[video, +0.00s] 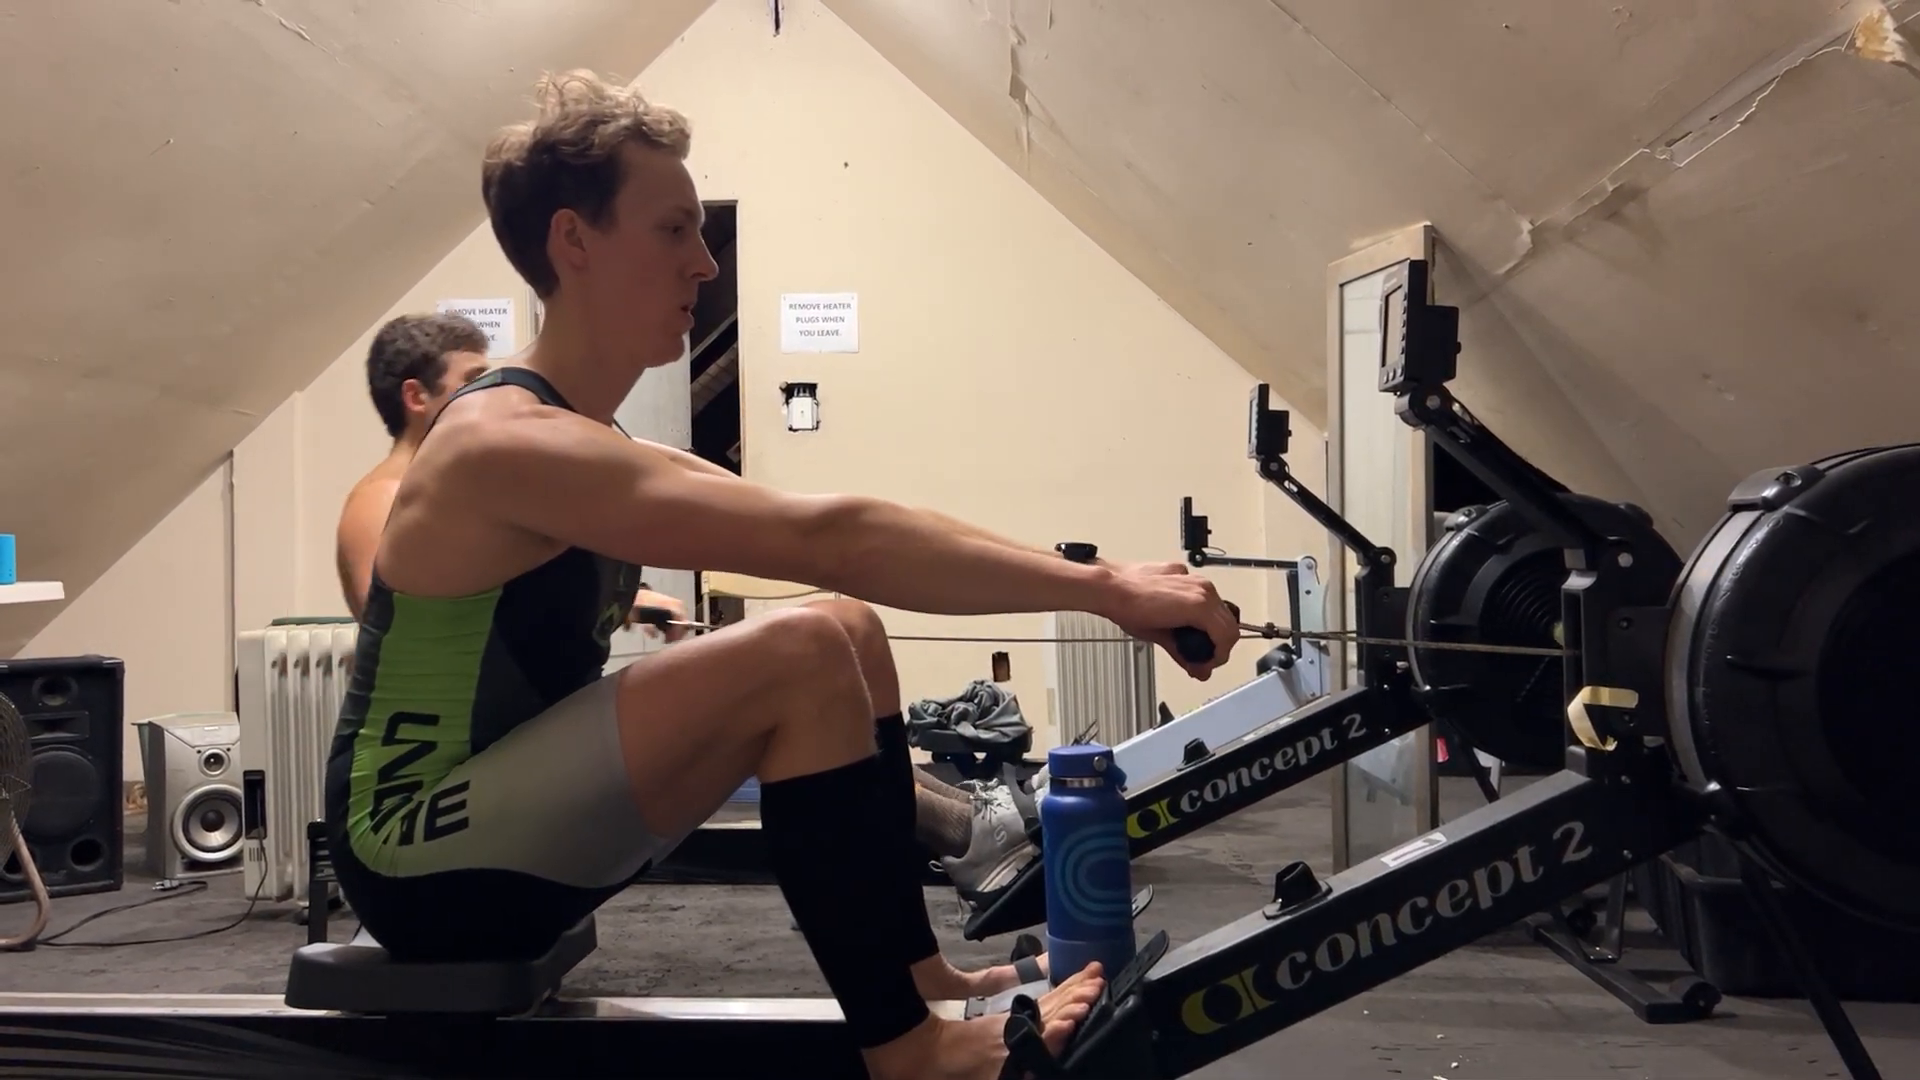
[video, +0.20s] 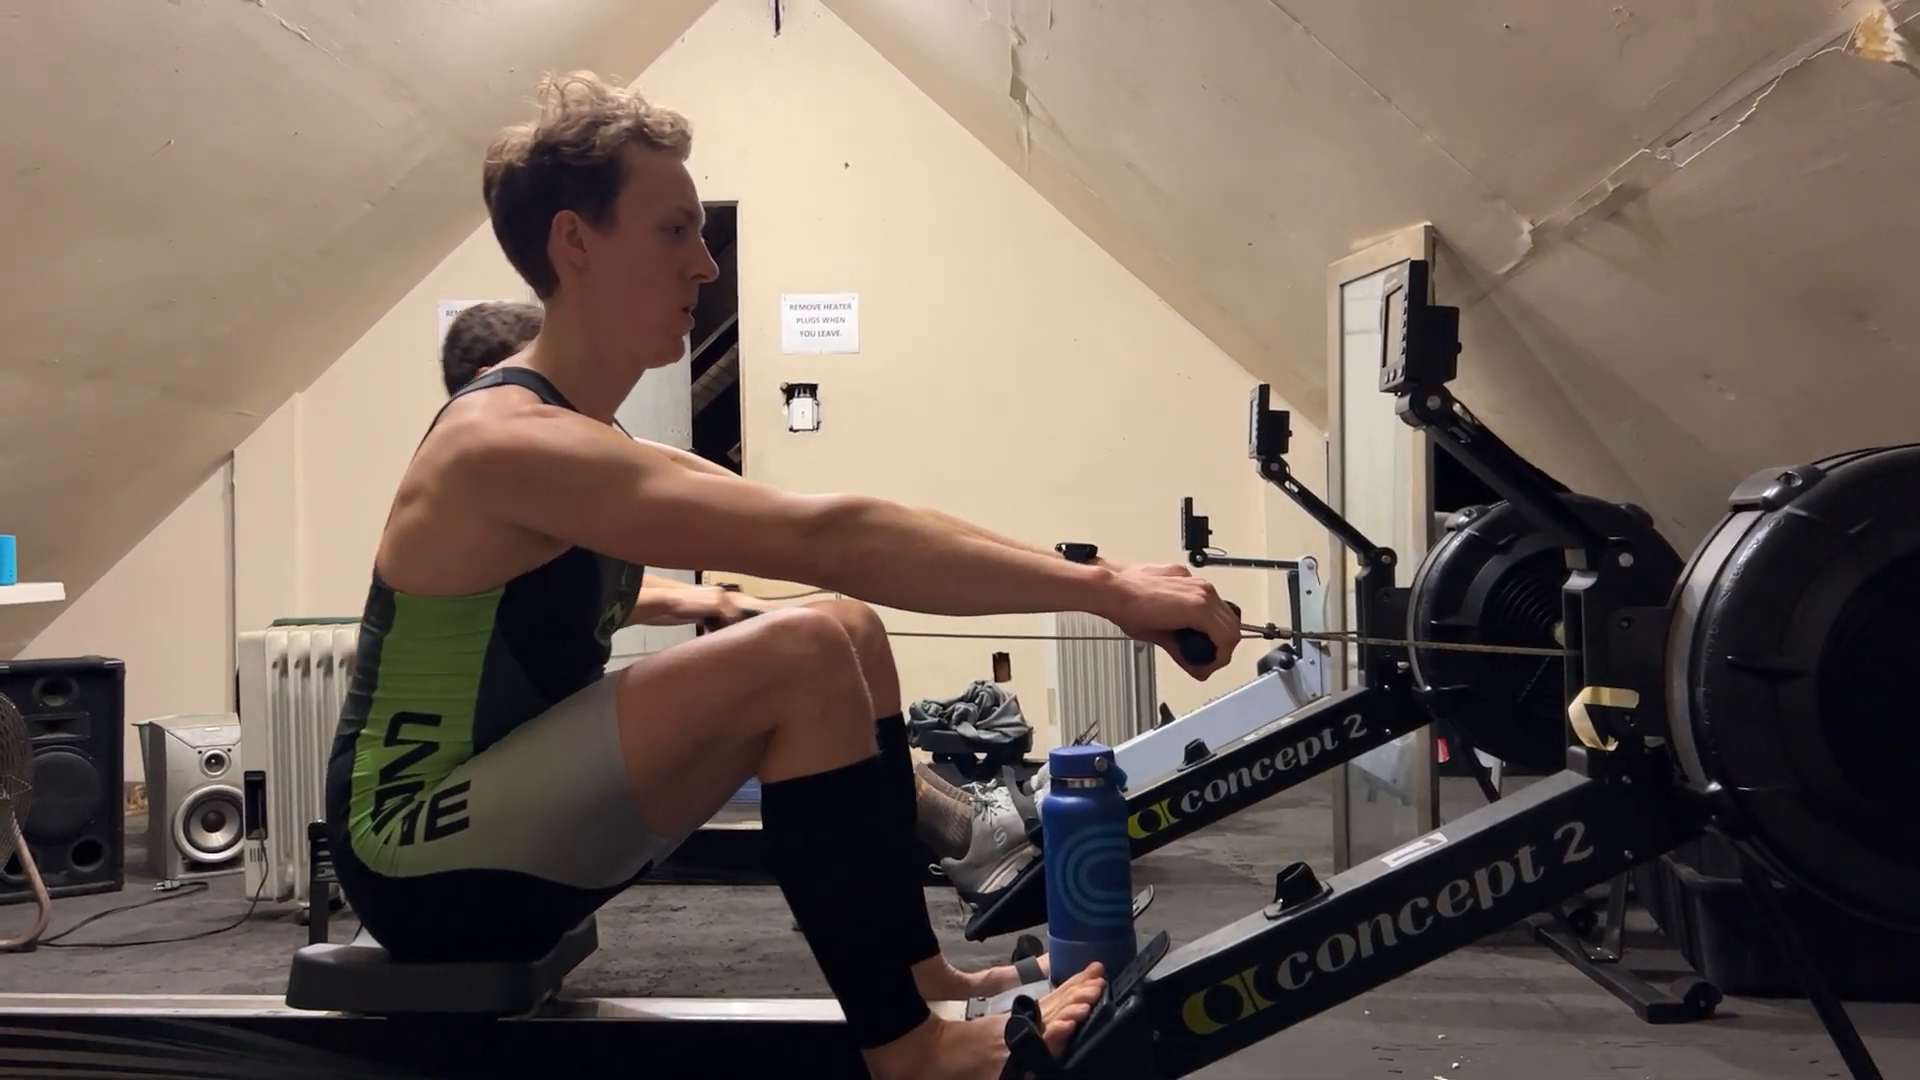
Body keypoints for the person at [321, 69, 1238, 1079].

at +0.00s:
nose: (706, 267)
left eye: (698, 234)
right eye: (675, 233)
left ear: (580, 250)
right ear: (571, 247)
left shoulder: (577, 442)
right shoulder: (504, 441)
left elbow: (823, 545)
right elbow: (818, 540)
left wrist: (1087, 580)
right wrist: (1105, 587)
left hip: (491, 820)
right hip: (425, 851)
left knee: (852, 639)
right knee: (802, 659)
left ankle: (920, 989)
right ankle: (898, 1043)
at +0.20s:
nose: (706, 268)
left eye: (698, 236)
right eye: (677, 234)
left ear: (582, 252)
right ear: (573, 249)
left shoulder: (573, 436)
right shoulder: (505, 438)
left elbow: (563, 606)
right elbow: (820, 539)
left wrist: (703, 611)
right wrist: (1106, 588)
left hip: (496, 814)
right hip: (427, 849)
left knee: (851, 637)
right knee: (800, 659)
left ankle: (918, 986)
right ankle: (897, 1042)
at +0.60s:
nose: (708, 269)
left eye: (700, 237)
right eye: (678, 236)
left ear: (580, 253)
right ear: (573, 250)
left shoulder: (582, 433)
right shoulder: (512, 439)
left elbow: (813, 551)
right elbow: (820, 542)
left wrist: (1066, 581)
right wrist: (1110, 586)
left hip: (497, 817)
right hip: (428, 849)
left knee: (853, 641)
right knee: (804, 663)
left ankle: (923, 991)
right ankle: (900, 1044)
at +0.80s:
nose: (709, 266)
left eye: (702, 235)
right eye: (679, 234)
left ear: (582, 253)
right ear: (574, 250)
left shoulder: (588, 444)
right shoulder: (509, 440)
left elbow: (828, 544)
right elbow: (824, 537)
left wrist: (1080, 589)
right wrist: (1108, 589)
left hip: (496, 819)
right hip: (430, 848)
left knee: (844, 638)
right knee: (806, 657)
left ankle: (921, 992)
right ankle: (901, 1044)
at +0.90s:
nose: (710, 266)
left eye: (701, 235)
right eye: (679, 235)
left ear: (583, 256)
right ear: (575, 252)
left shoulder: (590, 446)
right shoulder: (511, 442)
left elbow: (836, 530)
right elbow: (824, 537)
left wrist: (1096, 588)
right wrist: (1104, 591)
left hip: (501, 821)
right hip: (431, 849)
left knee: (850, 636)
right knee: (808, 654)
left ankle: (923, 988)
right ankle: (900, 1041)